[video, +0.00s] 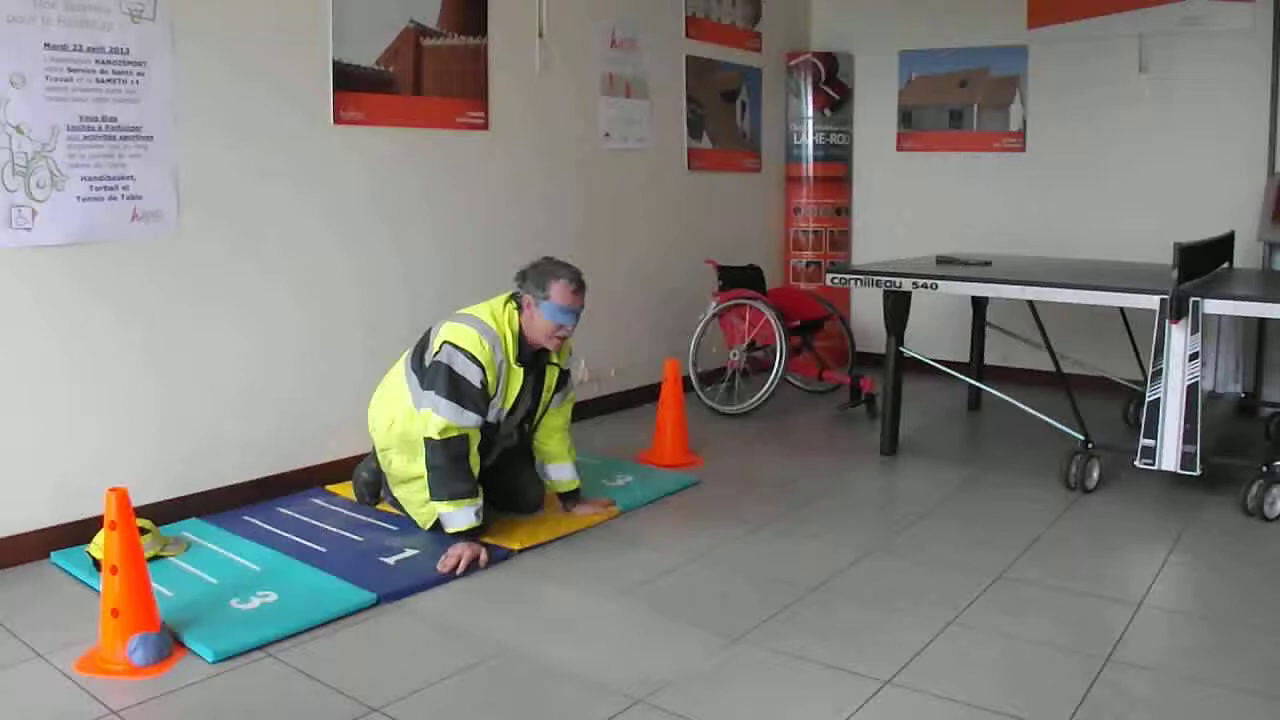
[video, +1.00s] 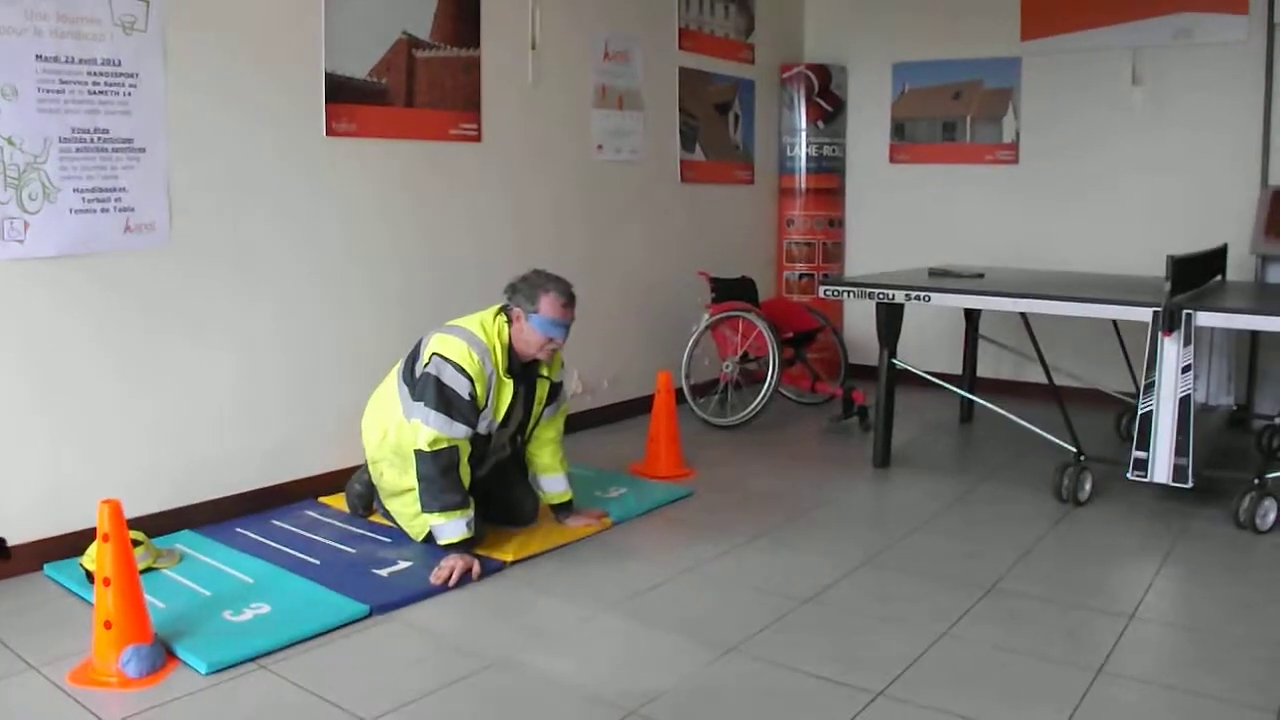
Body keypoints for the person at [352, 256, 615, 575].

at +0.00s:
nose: (568, 328)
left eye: (575, 318)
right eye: (560, 316)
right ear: (527, 305)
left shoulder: (556, 350)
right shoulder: (469, 343)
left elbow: (553, 423)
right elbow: (446, 438)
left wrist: (569, 497)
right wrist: (464, 536)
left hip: (484, 423)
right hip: (411, 430)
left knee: (526, 499)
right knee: (446, 522)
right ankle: (386, 470)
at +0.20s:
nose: (569, 334)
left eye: (575, 324)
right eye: (561, 322)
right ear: (527, 311)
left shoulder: (556, 354)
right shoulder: (469, 348)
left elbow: (552, 428)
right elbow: (446, 443)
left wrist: (568, 501)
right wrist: (462, 540)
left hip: (484, 428)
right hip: (409, 435)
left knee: (525, 505)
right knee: (442, 526)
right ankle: (385, 475)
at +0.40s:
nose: (570, 338)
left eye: (576, 329)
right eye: (563, 327)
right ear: (529, 314)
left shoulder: (555, 359)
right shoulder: (469, 352)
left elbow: (550, 432)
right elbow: (444, 446)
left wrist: (566, 505)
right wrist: (460, 544)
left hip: (483, 431)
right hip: (408, 438)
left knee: (523, 508)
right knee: (440, 528)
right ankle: (384, 478)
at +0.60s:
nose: (567, 340)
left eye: (572, 331)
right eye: (559, 329)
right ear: (524, 317)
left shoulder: (552, 360)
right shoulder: (465, 354)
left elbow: (548, 435)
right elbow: (443, 450)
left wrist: (566, 508)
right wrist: (460, 546)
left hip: (480, 435)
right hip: (406, 442)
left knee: (523, 511)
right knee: (437, 530)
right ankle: (380, 480)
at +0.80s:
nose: (563, 340)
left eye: (568, 331)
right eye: (554, 329)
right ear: (520, 317)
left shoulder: (549, 361)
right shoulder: (462, 355)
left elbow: (546, 435)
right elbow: (440, 451)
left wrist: (565, 509)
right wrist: (459, 548)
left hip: (477, 436)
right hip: (405, 444)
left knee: (521, 512)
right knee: (443, 533)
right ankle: (380, 481)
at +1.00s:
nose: (558, 341)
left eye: (564, 331)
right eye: (549, 329)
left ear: (569, 327)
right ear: (517, 318)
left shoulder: (547, 361)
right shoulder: (459, 355)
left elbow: (545, 435)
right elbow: (437, 451)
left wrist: (564, 509)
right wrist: (457, 548)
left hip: (476, 437)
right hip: (403, 445)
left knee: (521, 512)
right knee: (440, 534)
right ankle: (379, 482)